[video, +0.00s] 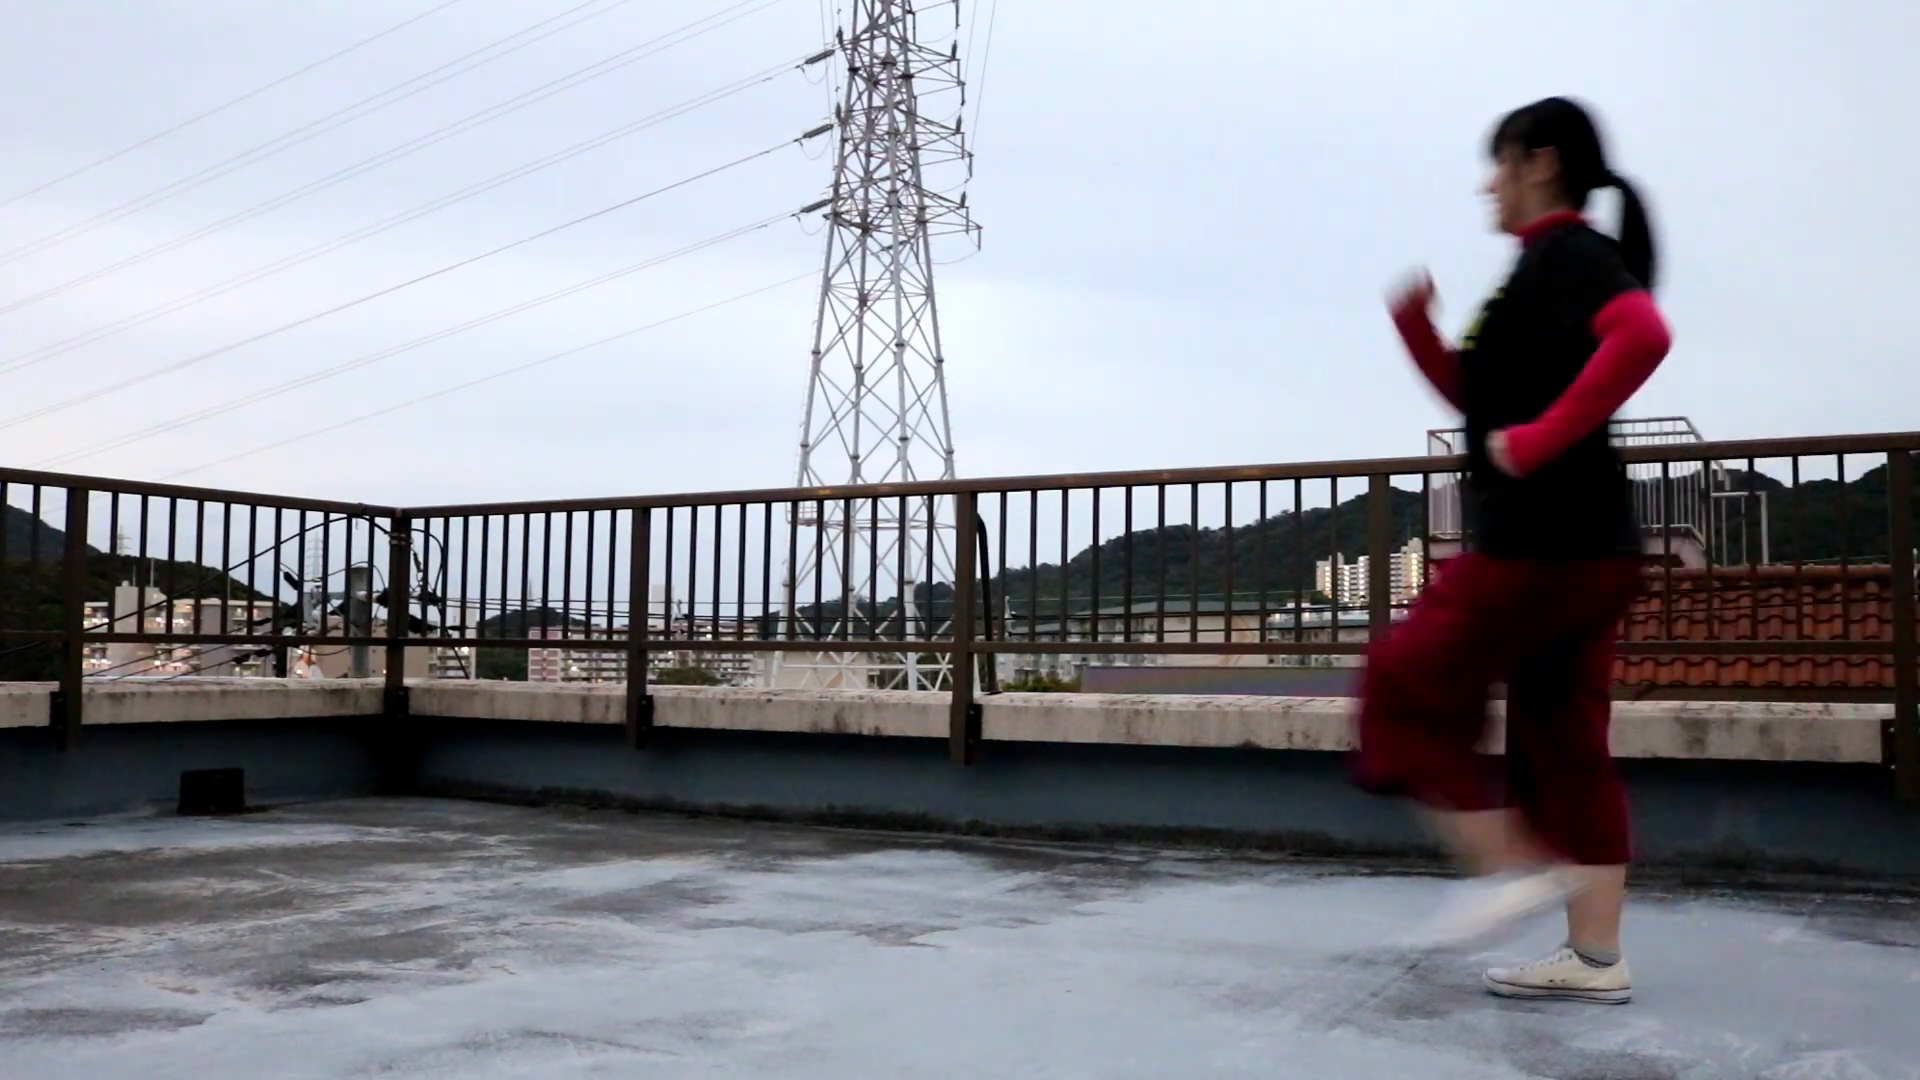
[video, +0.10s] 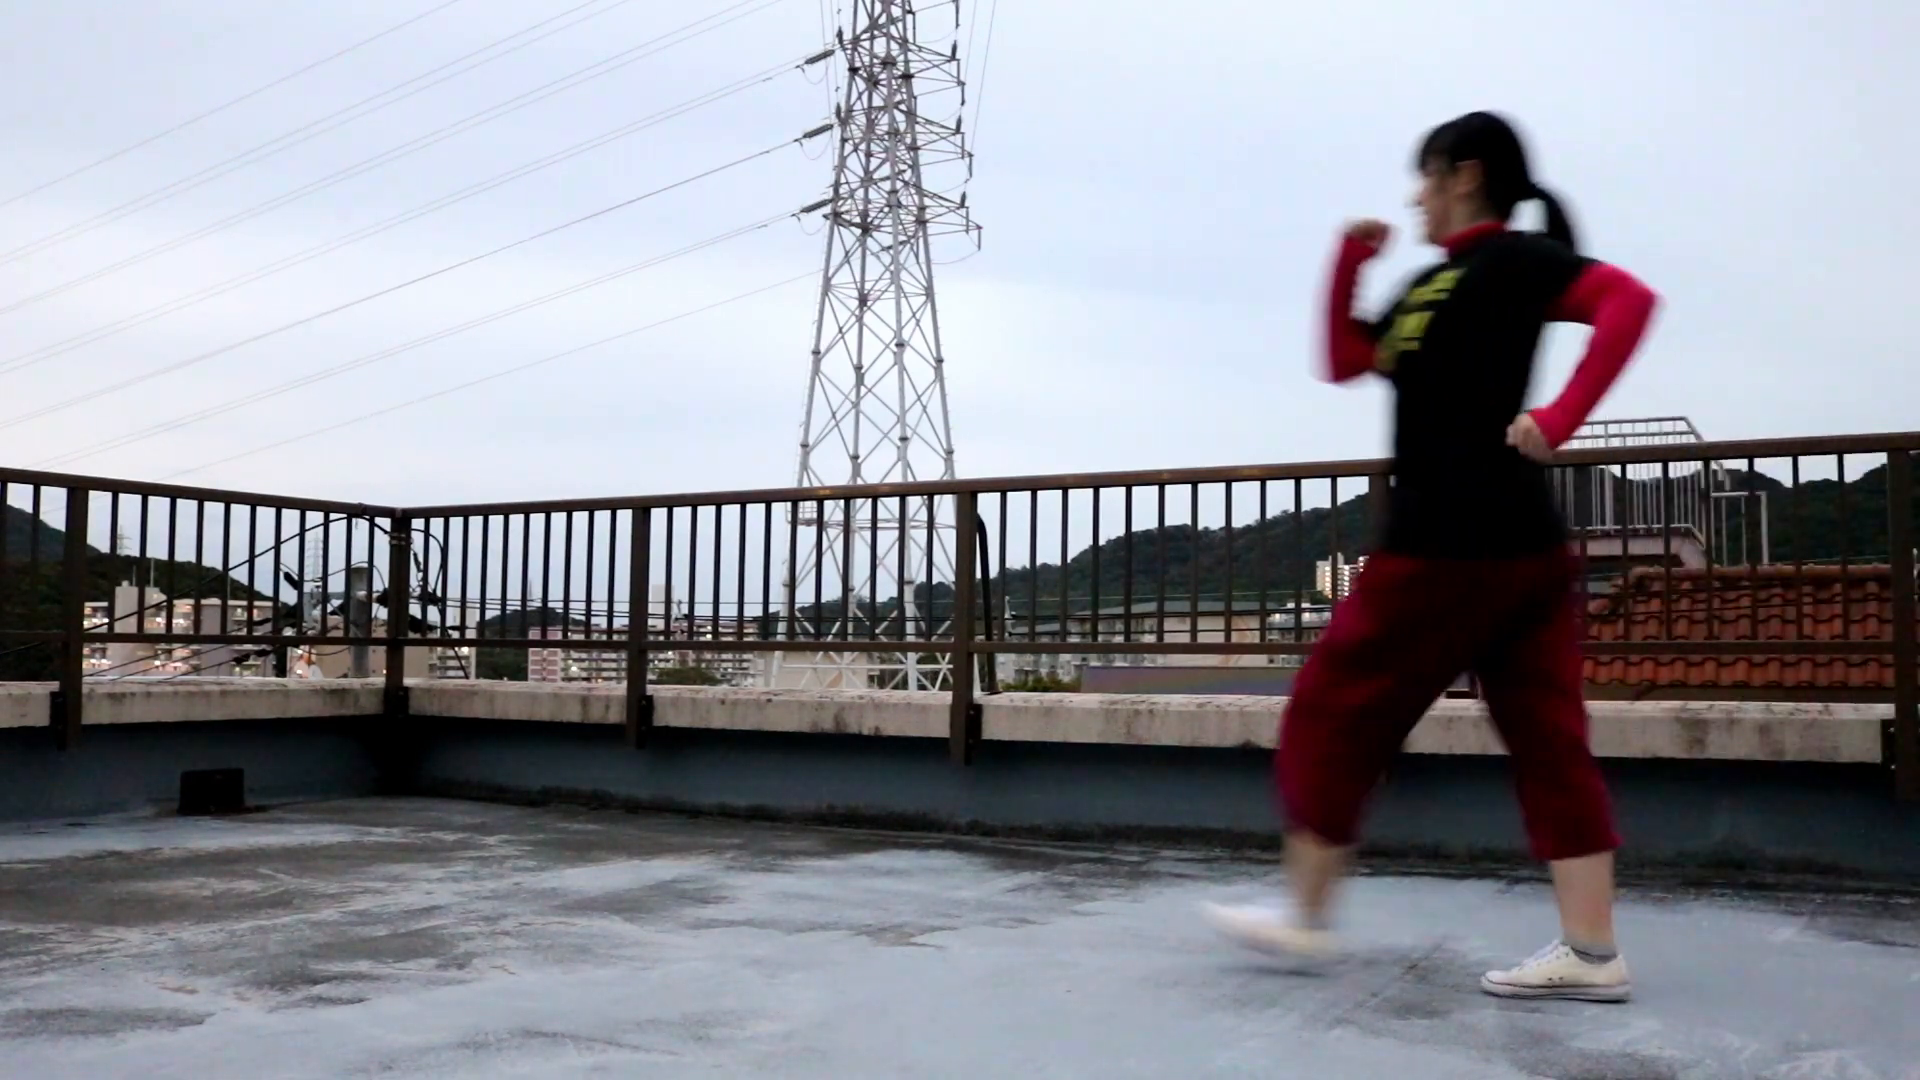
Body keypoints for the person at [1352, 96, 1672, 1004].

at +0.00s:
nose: (1488, 180)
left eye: (1499, 163)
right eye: (1491, 164)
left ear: (1544, 166)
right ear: (1544, 170)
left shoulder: (1571, 254)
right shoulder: (1538, 273)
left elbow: (1642, 333)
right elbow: (1472, 396)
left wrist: (1542, 435)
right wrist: (1415, 323)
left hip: (1539, 546)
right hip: (1575, 546)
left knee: (1400, 687)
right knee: (1566, 734)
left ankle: (1507, 864)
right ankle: (1595, 955)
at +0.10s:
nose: (1417, 193)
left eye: (1426, 176)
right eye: (1418, 177)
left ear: (1468, 178)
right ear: (1469, 182)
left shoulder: (1514, 258)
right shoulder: (1431, 287)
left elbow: (1627, 301)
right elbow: (1343, 362)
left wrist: (1560, 416)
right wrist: (1350, 262)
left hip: (1444, 543)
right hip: (1515, 543)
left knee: (1329, 706)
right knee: (1549, 736)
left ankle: (1304, 916)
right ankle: (1591, 949)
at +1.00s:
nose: (848, 248)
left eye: (856, 235)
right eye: (851, 235)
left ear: (885, 239)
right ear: (906, 244)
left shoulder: (903, 315)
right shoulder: (887, 324)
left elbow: (950, 393)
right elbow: (833, 414)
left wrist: (876, 466)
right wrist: (794, 343)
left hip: (869, 567)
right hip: (913, 565)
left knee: (743, 684)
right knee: (908, 730)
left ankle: (806, 854)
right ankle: (931, 911)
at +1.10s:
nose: (793, 256)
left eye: (801, 243)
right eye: (798, 244)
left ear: (827, 247)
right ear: (845, 252)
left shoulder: (862, 317)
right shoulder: (804, 329)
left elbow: (948, 361)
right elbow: (736, 374)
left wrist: (882, 451)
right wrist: (740, 289)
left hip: (794, 560)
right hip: (856, 558)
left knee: (693, 711)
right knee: (886, 729)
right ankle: (926, 905)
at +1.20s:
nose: (736, 256)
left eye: (743, 244)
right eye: (741, 243)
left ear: (765, 251)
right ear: (787, 255)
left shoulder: (795, 321)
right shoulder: (751, 329)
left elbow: (872, 371)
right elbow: (686, 386)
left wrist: (803, 452)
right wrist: (684, 304)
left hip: (725, 555)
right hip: (772, 554)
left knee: (665, 711)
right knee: (821, 713)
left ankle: (623, 904)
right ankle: (902, 879)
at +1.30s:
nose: (682, 262)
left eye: (689, 250)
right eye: (686, 250)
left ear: (711, 257)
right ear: (738, 263)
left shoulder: (719, 331)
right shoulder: (720, 335)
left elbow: (735, 418)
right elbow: (665, 425)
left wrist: (654, 474)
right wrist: (615, 380)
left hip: (661, 560)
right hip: (712, 561)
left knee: (624, 712)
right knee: (701, 714)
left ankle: (618, 904)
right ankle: (816, 828)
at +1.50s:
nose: (574, 261)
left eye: (580, 250)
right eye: (578, 249)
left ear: (597, 258)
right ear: (641, 264)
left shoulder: (572, 333)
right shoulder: (654, 348)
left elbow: (471, 394)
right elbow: (706, 449)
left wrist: (469, 342)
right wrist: (647, 506)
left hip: (571, 559)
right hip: (621, 561)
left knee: (591, 720)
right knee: (497, 674)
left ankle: (620, 906)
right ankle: (508, 844)